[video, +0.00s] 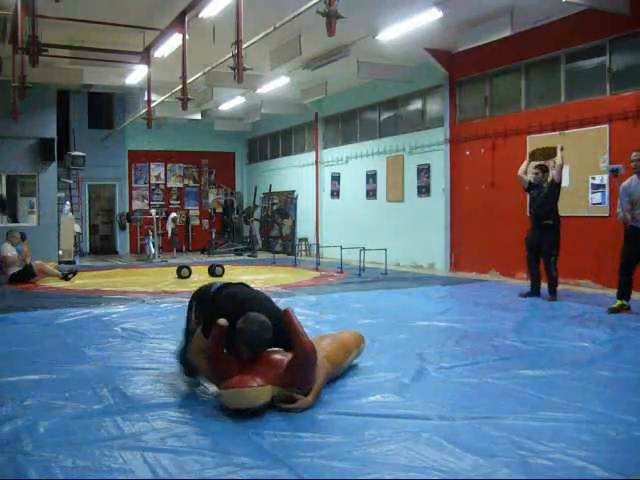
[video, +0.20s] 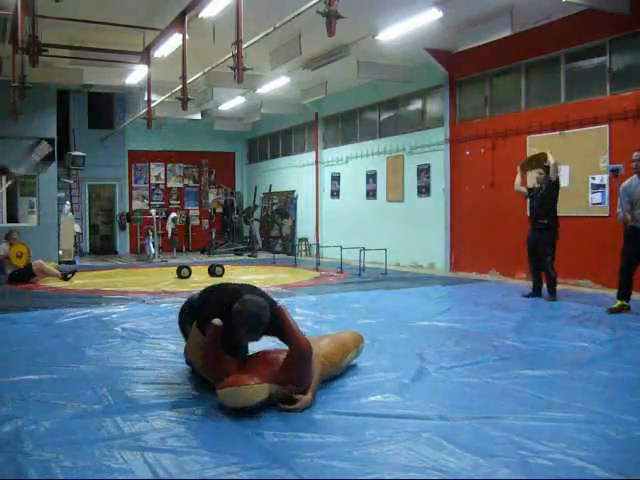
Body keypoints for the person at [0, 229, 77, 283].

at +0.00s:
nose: (17, 241)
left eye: (18, 239)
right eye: (16, 238)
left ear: (17, 240)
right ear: (10, 238)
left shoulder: (14, 248)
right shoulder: (6, 247)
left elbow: (25, 261)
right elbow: (8, 262)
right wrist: (19, 256)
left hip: (19, 274)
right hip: (12, 276)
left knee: (43, 269)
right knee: (38, 265)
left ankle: (64, 273)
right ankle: (62, 275)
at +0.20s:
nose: (15, 241)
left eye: (16, 239)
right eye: (13, 239)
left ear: (18, 239)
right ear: (8, 240)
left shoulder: (18, 247)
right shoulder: (4, 247)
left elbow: (25, 262)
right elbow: (3, 259)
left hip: (21, 273)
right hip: (12, 275)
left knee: (44, 269)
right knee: (38, 264)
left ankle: (63, 273)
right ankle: (61, 276)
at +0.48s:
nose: (17, 240)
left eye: (18, 238)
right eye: (15, 238)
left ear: (18, 239)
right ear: (9, 238)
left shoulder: (18, 247)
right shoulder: (5, 247)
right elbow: (3, 258)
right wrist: (13, 254)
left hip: (21, 274)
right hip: (12, 276)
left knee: (45, 269)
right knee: (39, 264)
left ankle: (63, 274)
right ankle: (62, 276)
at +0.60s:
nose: (17, 240)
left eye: (17, 238)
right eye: (16, 238)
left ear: (12, 238)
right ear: (11, 238)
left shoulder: (13, 248)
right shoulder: (6, 247)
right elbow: (7, 260)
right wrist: (20, 255)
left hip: (20, 274)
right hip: (14, 276)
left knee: (44, 269)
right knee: (38, 264)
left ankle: (64, 274)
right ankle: (62, 276)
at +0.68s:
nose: (18, 240)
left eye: (18, 238)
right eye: (17, 238)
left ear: (9, 237)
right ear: (14, 238)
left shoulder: (6, 246)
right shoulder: (9, 246)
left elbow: (15, 262)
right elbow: (16, 261)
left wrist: (25, 253)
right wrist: (27, 254)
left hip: (18, 275)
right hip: (16, 275)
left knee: (44, 270)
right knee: (38, 265)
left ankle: (63, 274)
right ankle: (62, 276)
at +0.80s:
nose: (19, 240)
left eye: (19, 238)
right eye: (19, 238)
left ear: (9, 237)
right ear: (17, 238)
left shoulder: (4, 247)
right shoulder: (15, 247)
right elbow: (24, 262)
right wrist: (31, 254)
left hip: (11, 277)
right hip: (18, 276)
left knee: (44, 271)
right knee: (39, 266)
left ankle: (64, 274)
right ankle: (63, 276)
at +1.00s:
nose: (22, 240)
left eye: (21, 239)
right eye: (21, 239)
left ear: (12, 237)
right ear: (20, 238)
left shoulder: (3, 246)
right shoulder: (19, 248)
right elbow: (26, 264)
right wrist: (29, 253)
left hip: (10, 278)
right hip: (18, 276)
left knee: (44, 271)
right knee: (42, 266)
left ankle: (64, 275)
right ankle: (64, 275)